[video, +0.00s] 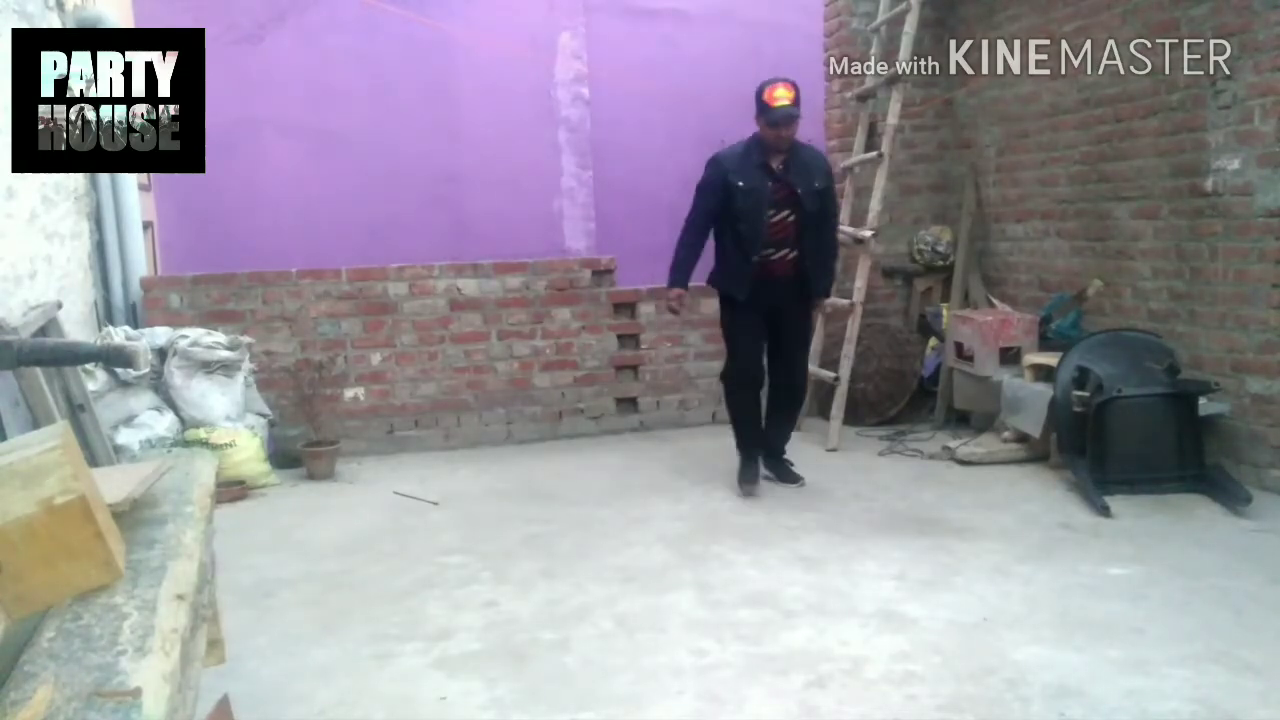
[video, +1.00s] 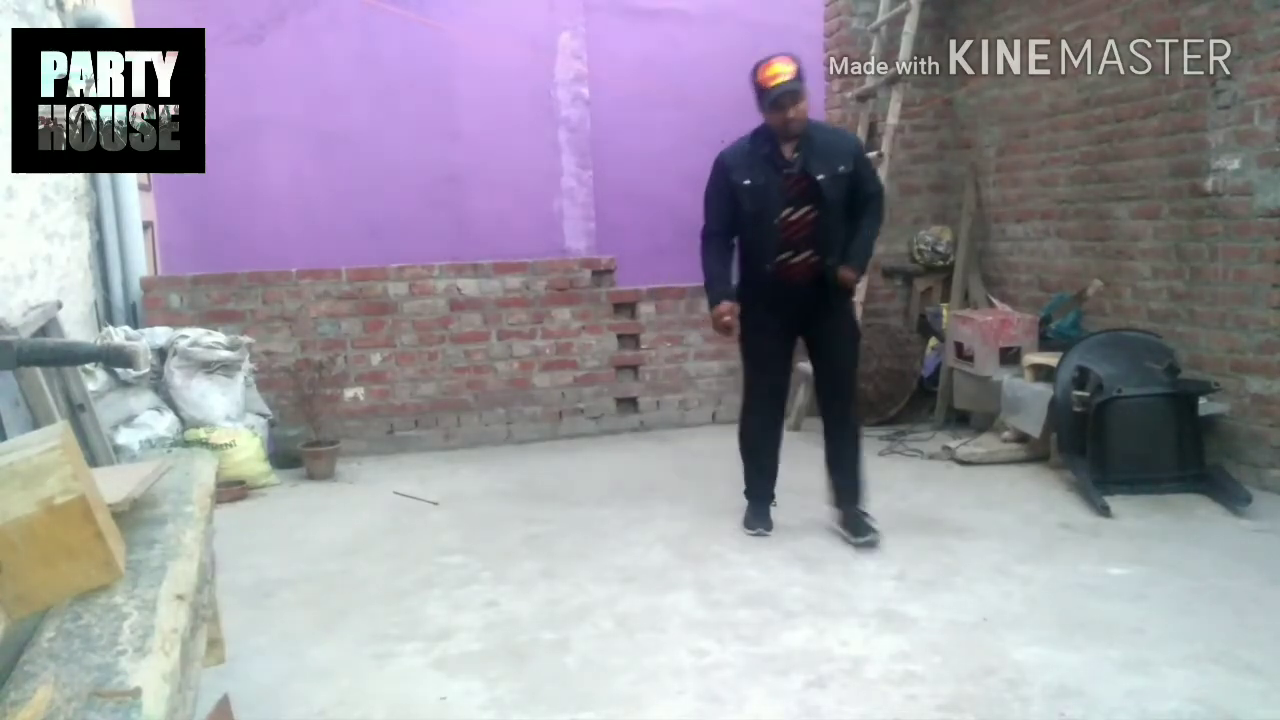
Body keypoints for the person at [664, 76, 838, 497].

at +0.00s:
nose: (783, 132)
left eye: (789, 123)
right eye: (774, 124)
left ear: (799, 121)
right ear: (758, 121)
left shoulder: (815, 165)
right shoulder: (726, 167)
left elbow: (826, 229)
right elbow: (697, 226)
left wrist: (822, 286)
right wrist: (678, 280)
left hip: (795, 292)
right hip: (742, 293)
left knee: (792, 378)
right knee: (743, 374)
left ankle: (775, 452)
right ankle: (750, 457)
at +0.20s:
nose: (777, 132)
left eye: (783, 123)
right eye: (768, 124)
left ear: (794, 119)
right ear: (754, 123)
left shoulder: (820, 164)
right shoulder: (727, 167)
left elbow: (838, 230)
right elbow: (700, 226)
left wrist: (831, 287)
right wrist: (679, 280)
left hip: (797, 297)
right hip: (744, 296)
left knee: (790, 383)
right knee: (747, 385)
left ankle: (774, 454)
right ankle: (750, 482)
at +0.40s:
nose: (766, 137)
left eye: (772, 126)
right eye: (756, 130)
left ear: (787, 120)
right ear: (744, 132)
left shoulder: (821, 171)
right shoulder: (725, 179)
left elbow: (840, 239)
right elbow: (706, 243)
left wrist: (828, 297)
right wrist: (692, 301)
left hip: (798, 306)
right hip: (743, 306)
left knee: (787, 388)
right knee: (748, 396)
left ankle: (776, 452)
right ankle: (754, 497)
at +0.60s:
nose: (759, 137)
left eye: (765, 125)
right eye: (748, 130)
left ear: (781, 118)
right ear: (738, 132)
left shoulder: (820, 169)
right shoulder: (723, 179)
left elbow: (838, 241)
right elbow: (708, 249)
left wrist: (825, 301)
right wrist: (702, 310)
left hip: (797, 309)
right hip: (740, 312)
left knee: (805, 395)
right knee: (743, 406)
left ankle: (783, 440)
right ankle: (756, 500)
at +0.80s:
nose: (765, 132)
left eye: (770, 119)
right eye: (753, 126)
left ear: (784, 112)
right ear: (742, 129)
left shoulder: (825, 163)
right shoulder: (724, 177)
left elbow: (853, 225)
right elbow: (706, 247)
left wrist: (833, 283)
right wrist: (709, 307)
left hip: (806, 307)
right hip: (746, 311)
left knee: (826, 393)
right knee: (745, 409)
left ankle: (799, 451)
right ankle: (756, 500)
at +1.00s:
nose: (790, 114)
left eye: (796, 102)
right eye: (778, 107)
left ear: (807, 98)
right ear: (761, 109)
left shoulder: (842, 149)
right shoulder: (734, 164)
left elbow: (870, 204)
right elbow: (717, 235)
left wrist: (855, 262)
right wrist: (720, 296)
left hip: (828, 298)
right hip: (765, 302)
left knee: (840, 401)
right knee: (763, 403)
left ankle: (849, 506)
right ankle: (758, 501)